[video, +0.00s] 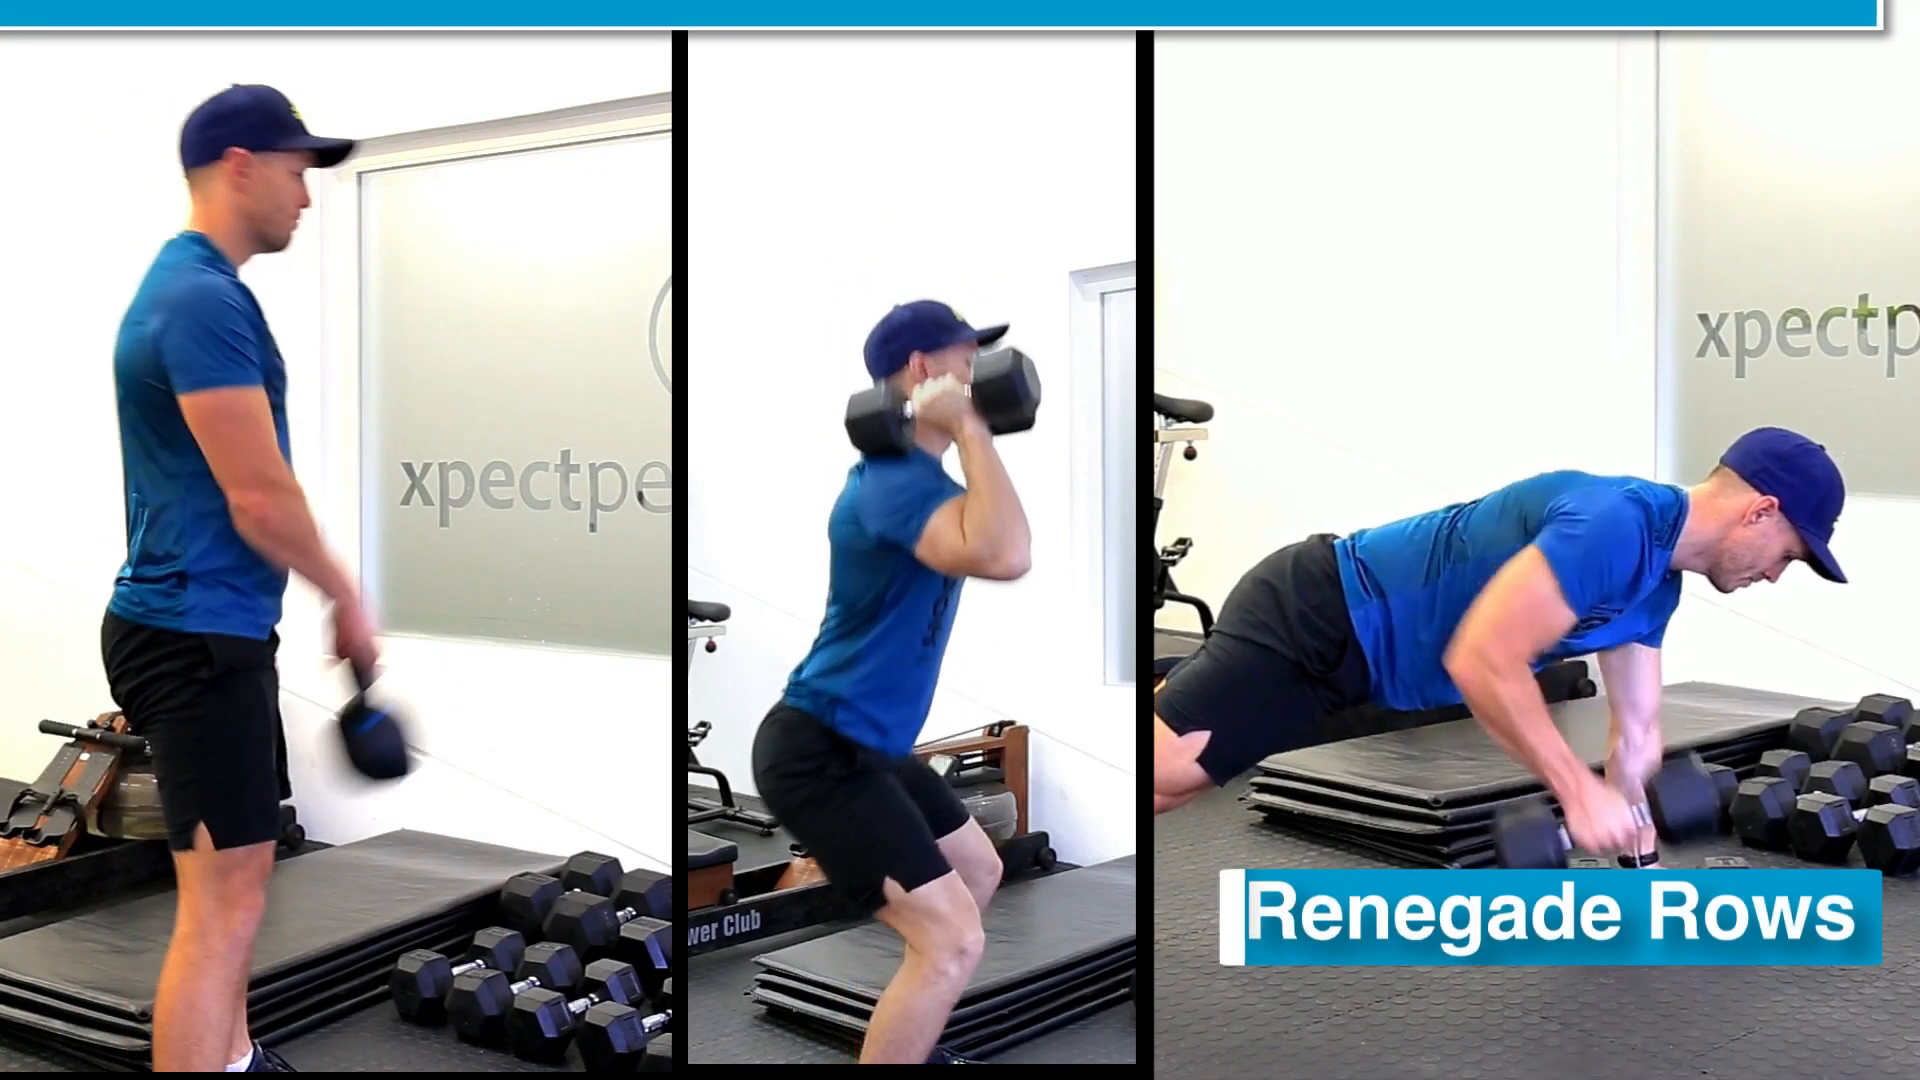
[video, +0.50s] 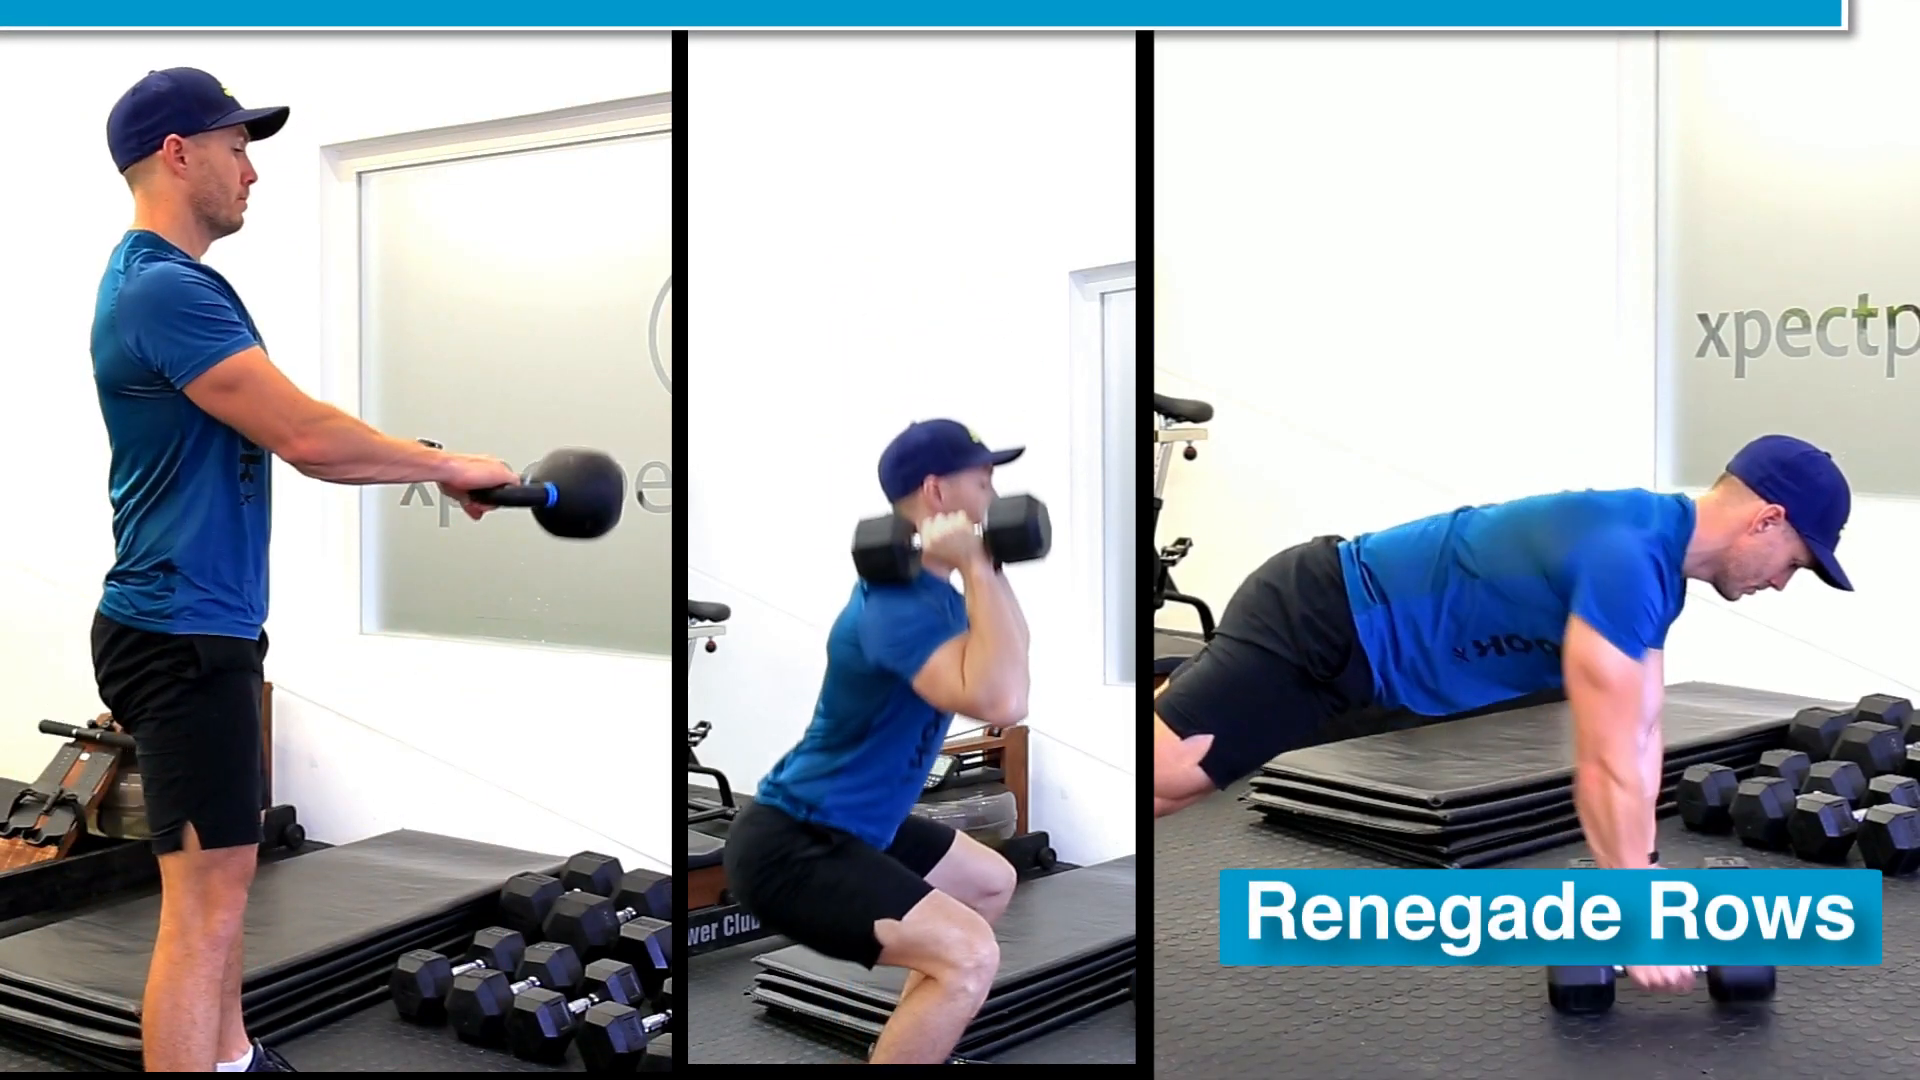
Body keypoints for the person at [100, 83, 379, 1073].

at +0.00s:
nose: (309, 195)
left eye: (309, 175)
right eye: (297, 171)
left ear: (233, 174)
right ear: (234, 168)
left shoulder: (200, 289)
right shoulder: (198, 298)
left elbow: (253, 489)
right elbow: (258, 497)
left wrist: (334, 588)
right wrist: (345, 592)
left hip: (205, 630)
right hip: (195, 637)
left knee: (233, 878)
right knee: (223, 907)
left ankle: (226, 1055)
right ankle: (193, 1074)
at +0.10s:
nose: (275, 190)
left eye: (274, 170)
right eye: (263, 167)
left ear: (199, 171)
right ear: (201, 166)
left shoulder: (175, 288)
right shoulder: (171, 295)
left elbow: (257, 469)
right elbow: (266, 472)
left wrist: (377, 532)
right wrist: (389, 535)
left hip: (206, 631)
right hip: (191, 638)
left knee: (226, 877)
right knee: (202, 906)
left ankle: (226, 1059)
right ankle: (190, 1076)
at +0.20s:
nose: (262, 179)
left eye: (259, 159)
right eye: (247, 157)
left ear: (184, 166)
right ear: (189, 161)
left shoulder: (175, 287)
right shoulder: (160, 291)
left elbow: (272, 456)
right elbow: (280, 457)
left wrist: (408, 509)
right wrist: (419, 511)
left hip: (197, 629)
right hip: (175, 635)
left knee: (214, 876)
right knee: (198, 901)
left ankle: (225, 1059)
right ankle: (186, 1074)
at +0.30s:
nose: (254, 166)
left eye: (250, 149)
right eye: (239, 147)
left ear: (177, 159)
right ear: (178, 154)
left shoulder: (177, 283)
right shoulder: (164, 287)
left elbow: (294, 441)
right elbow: (299, 445)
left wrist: (430, 480)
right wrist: (439, 483)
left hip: (196, 629)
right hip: (172, 634)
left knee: (211, 885)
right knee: (196, 904)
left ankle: (224, 1059)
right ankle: (185, 1077)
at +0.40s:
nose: (253, 166)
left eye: (249, 147)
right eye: (237, 146)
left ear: (177, 159)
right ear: (174, 154)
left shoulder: (171, 282)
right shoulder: (163, 288)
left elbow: (299, 433)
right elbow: (305, 440)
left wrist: (433, 464)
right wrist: (448, 467)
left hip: (202, 629)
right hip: (179, 635)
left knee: (216, 888)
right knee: (200, 907)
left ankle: (225, 1059)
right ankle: (188, 1077)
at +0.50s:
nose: (253, 166)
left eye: (249, 147)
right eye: (237, 147)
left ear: (176, 160)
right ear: (174, 155)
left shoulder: (173, 282)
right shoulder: (162, 287)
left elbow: (299, 434)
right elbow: (305, 440)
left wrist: (434, 466)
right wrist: (446, 469)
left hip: (206, 631)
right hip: (182, 636)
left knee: (220, 888)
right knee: (204, 907)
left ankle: (226, 1059)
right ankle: (190, 1078)